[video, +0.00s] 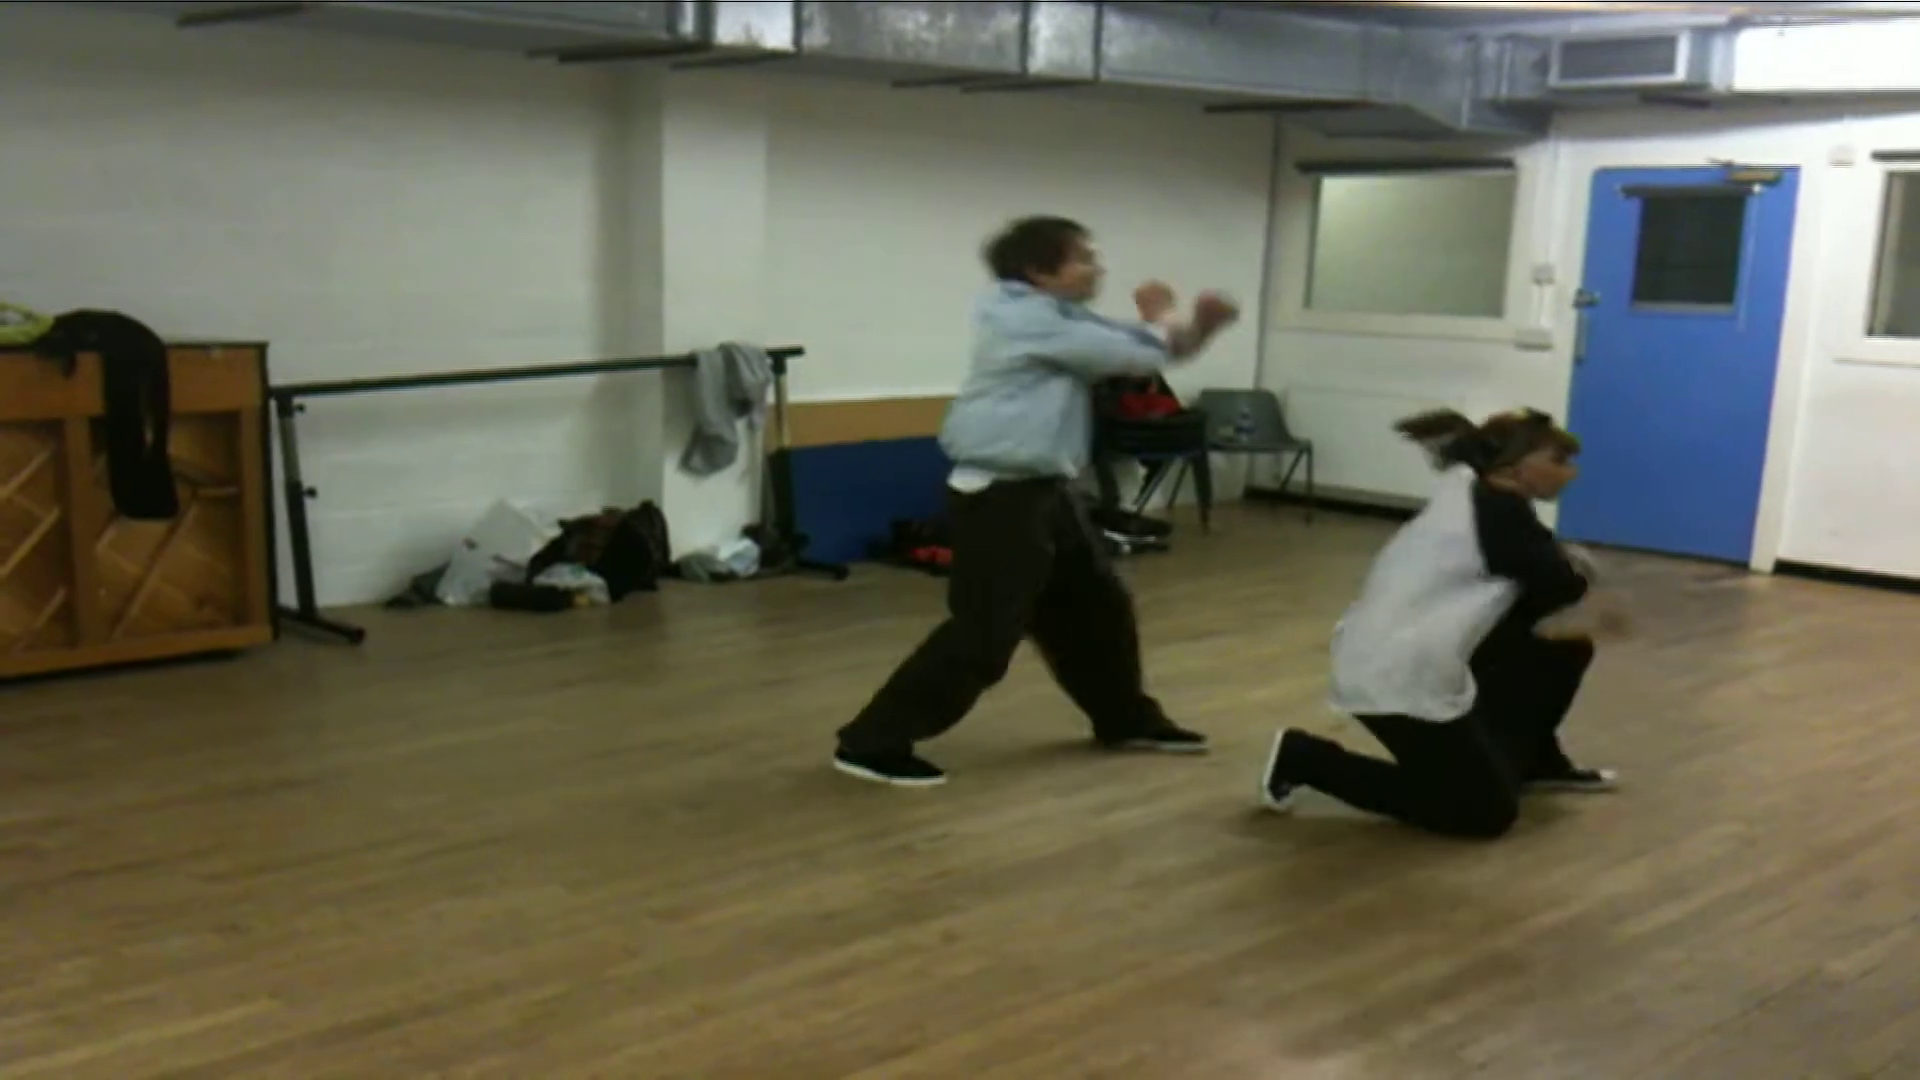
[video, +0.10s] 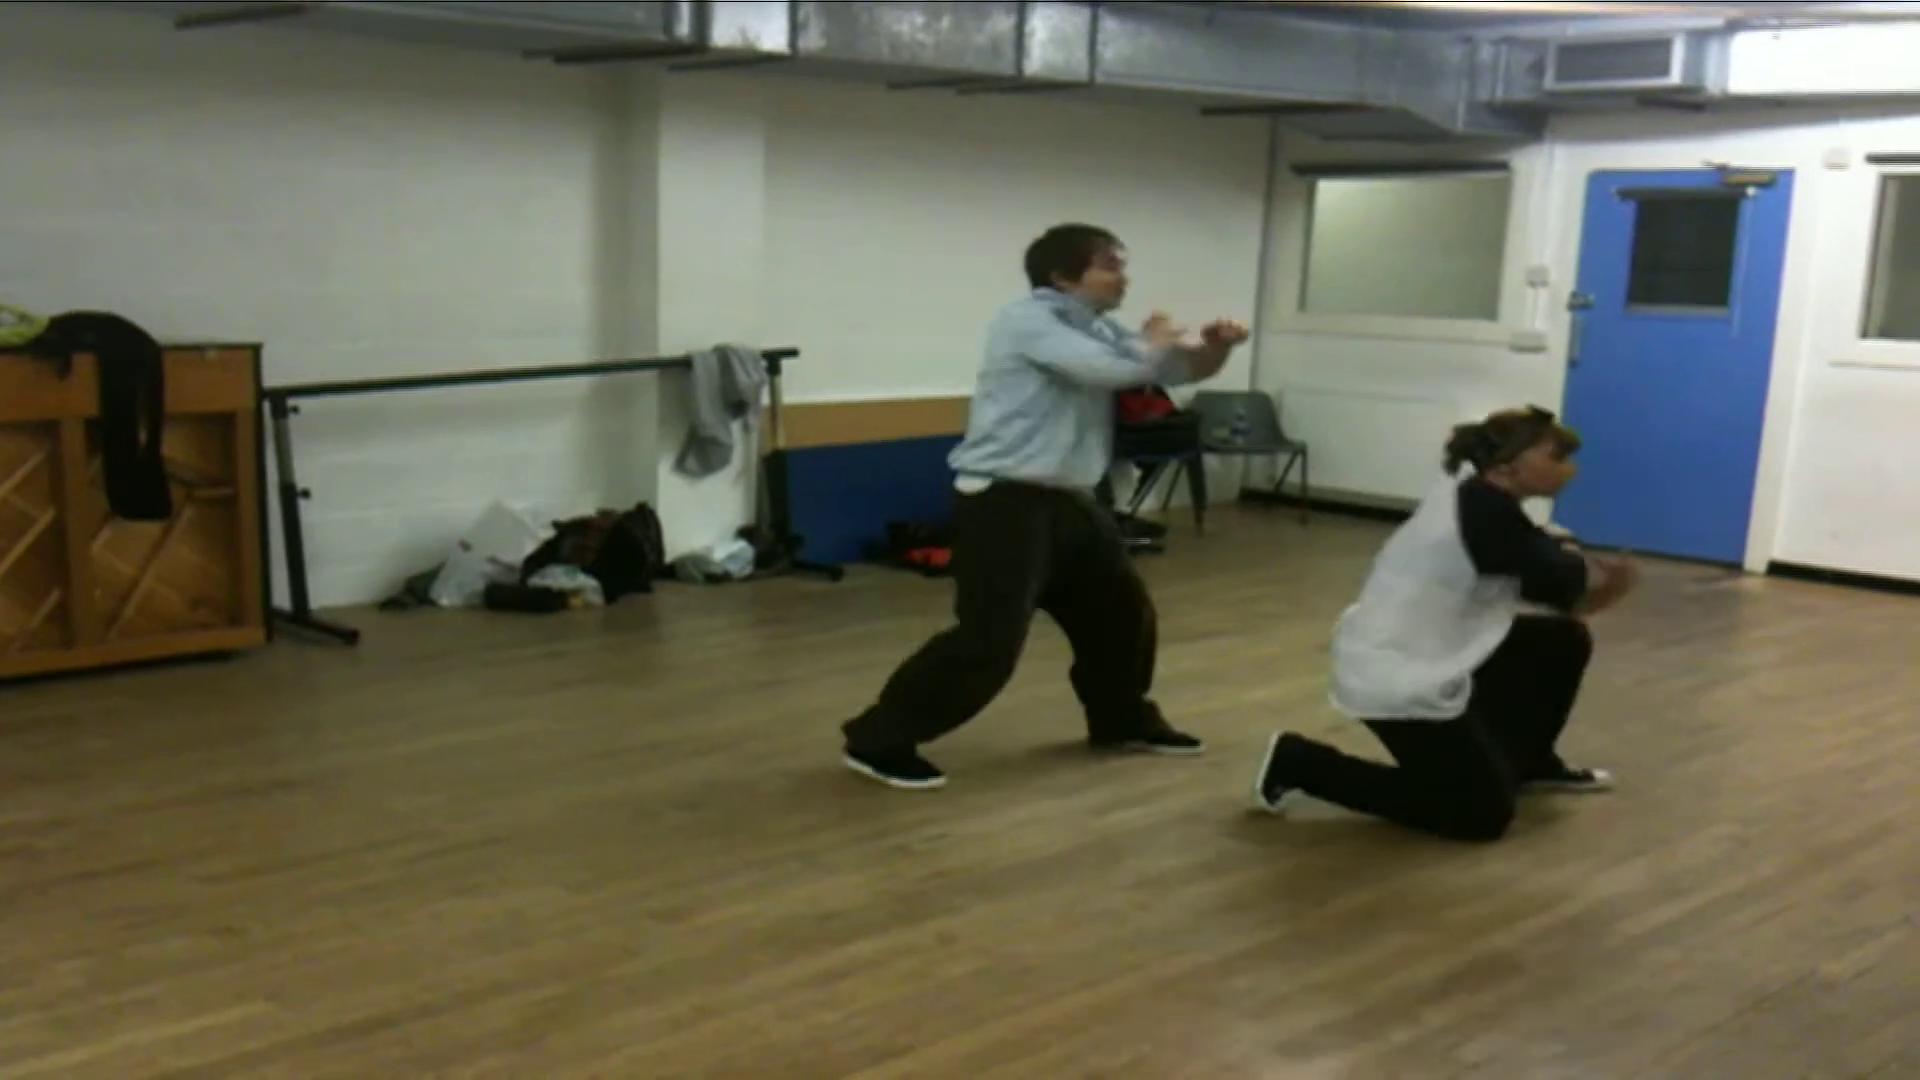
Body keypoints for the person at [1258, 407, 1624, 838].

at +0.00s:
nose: (1569, 471)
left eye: (1568, 460)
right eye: (1557, 460)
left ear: (1510, 468)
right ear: (1517, 468)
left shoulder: (1471, 493)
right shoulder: (1501, 516)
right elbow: (1567, 589)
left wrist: (1579, 618)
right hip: (1396, 682)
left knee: (1565, 649)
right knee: (1484, 812)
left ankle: (1535, 756)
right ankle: (1307, 760)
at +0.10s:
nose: (1567, 468)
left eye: (1564, 456)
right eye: (1555, 457)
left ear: (1505, 469)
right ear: (1508, 469)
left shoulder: (1473, 495)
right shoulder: (1484, 511)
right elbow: (1562, 583)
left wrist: (1589, 595)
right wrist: (1579, 561)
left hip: (1435, 651)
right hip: (1396, 679)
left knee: (1562, 642)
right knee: (1480, 813)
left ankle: (1531, 761)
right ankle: (1301, 763)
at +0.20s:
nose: (1564, 461)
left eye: (1561, 450)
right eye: (1549, 452)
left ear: (1506, 465)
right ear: (1504, 464)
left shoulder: (1518, 513)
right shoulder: (1464, 515)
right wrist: (1549, 553)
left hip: (1456, 650)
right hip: (1402, 676)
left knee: (1581, 645)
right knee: (1476, 810)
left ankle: (1530, 758)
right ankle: (1295, 760)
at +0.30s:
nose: (1556, 481)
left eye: (1554, 471)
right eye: (1545, 473)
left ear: (1505, 483)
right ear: (1501, 484)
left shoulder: (1513, 513)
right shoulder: (1460, 530)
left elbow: (1571, 483)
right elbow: (1476, 565)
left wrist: (1569, 528)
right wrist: (1542, 554)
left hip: (1462, 651)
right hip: (1409, 677)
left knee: (1596, 646)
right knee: (1476, 812)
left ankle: (1534, 758)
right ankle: (1294, 759)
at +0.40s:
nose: (1580, 471)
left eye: (1580, 461)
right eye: (1570, 460)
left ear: (1532, 468)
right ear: (1528, 467)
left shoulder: (1531, 519)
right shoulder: (1479, 518)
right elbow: (1450, 590)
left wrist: (1540, 618)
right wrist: (1516, 615)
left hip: (1472, 661)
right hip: (1414, 674)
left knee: (1600, 647)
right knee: (1475, 811)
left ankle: (1533, 759)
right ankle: (1293, 759)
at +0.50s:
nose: (1613, 453)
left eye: (1606, 444)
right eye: (1598, 448)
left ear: (1555, 471)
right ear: (1555, 471)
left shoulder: (1536, 512)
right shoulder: (1507, 526)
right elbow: (1422, 592)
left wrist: (1500, 620)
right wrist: (1458, 645)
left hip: (1476, 649)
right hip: (1420, 667)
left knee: (1604, 650)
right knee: (1474, 811)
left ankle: (1532, 760)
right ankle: (1293, 759)